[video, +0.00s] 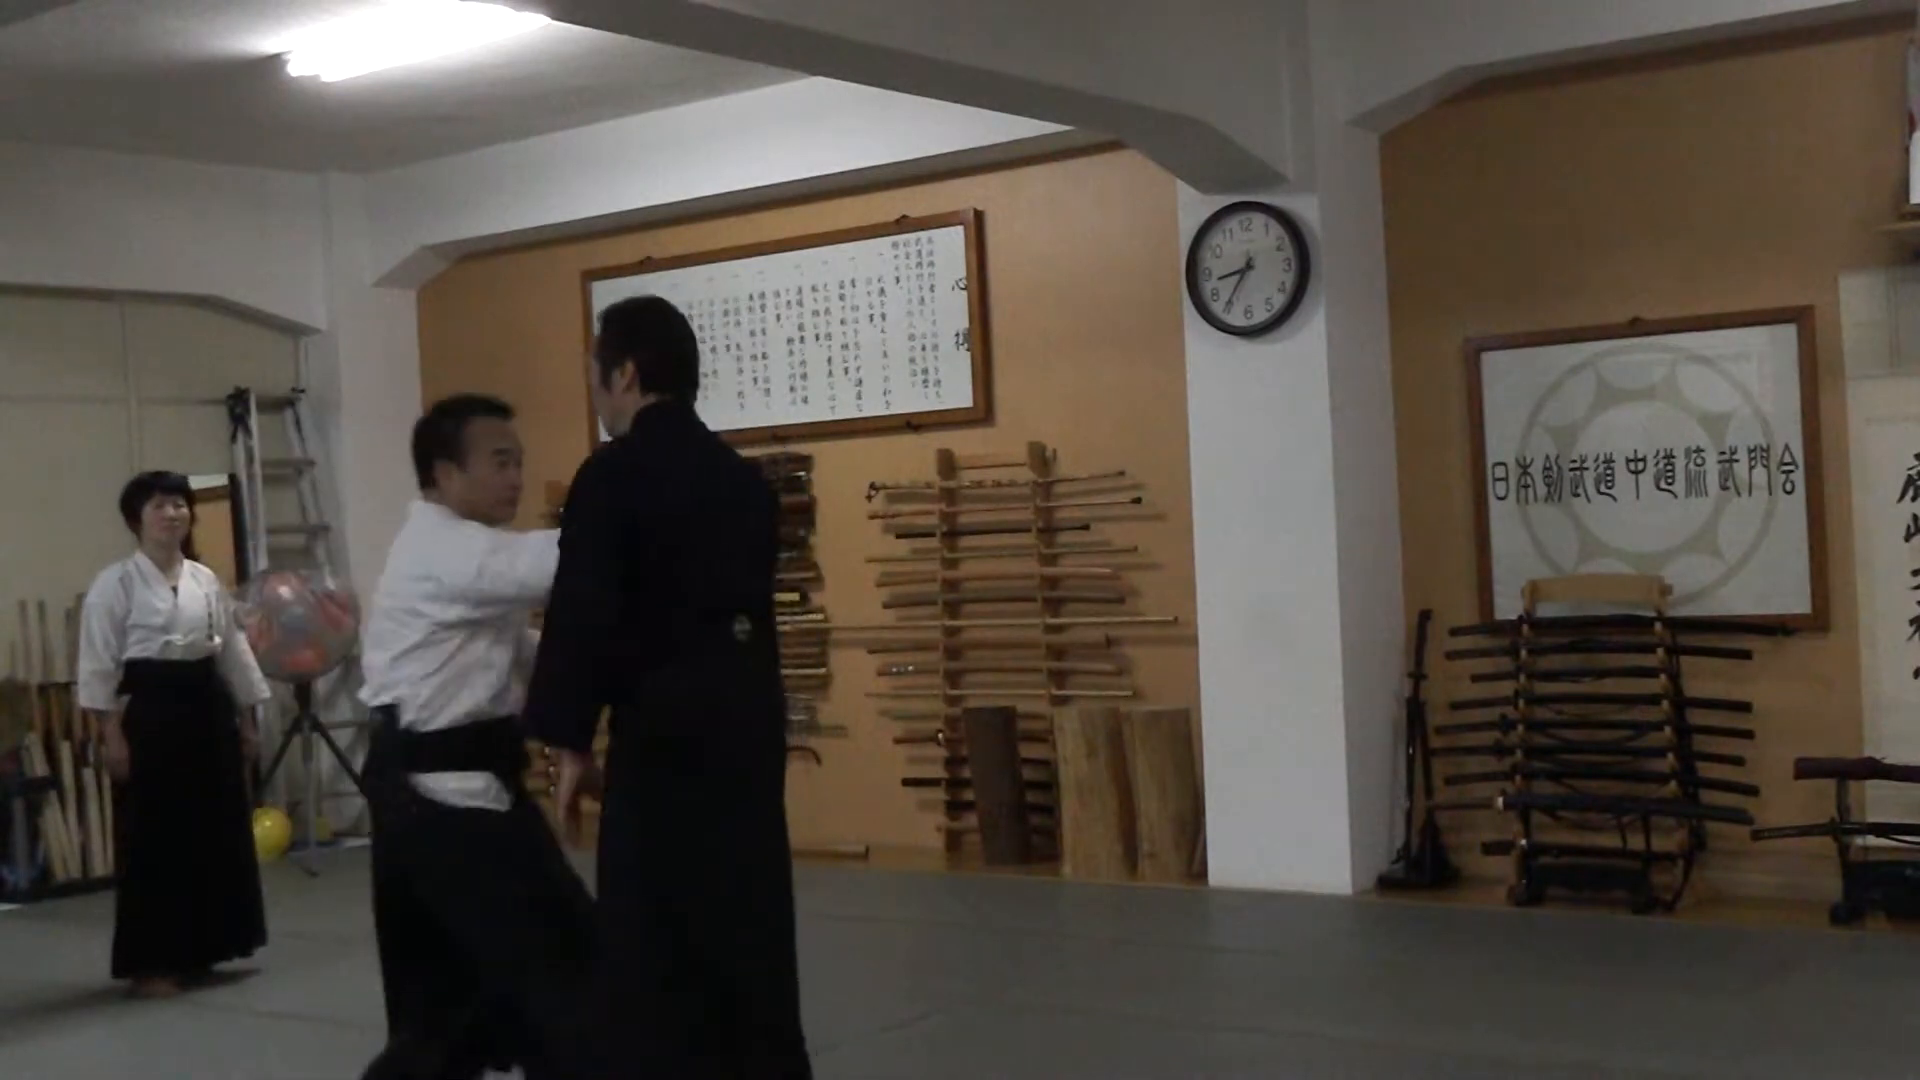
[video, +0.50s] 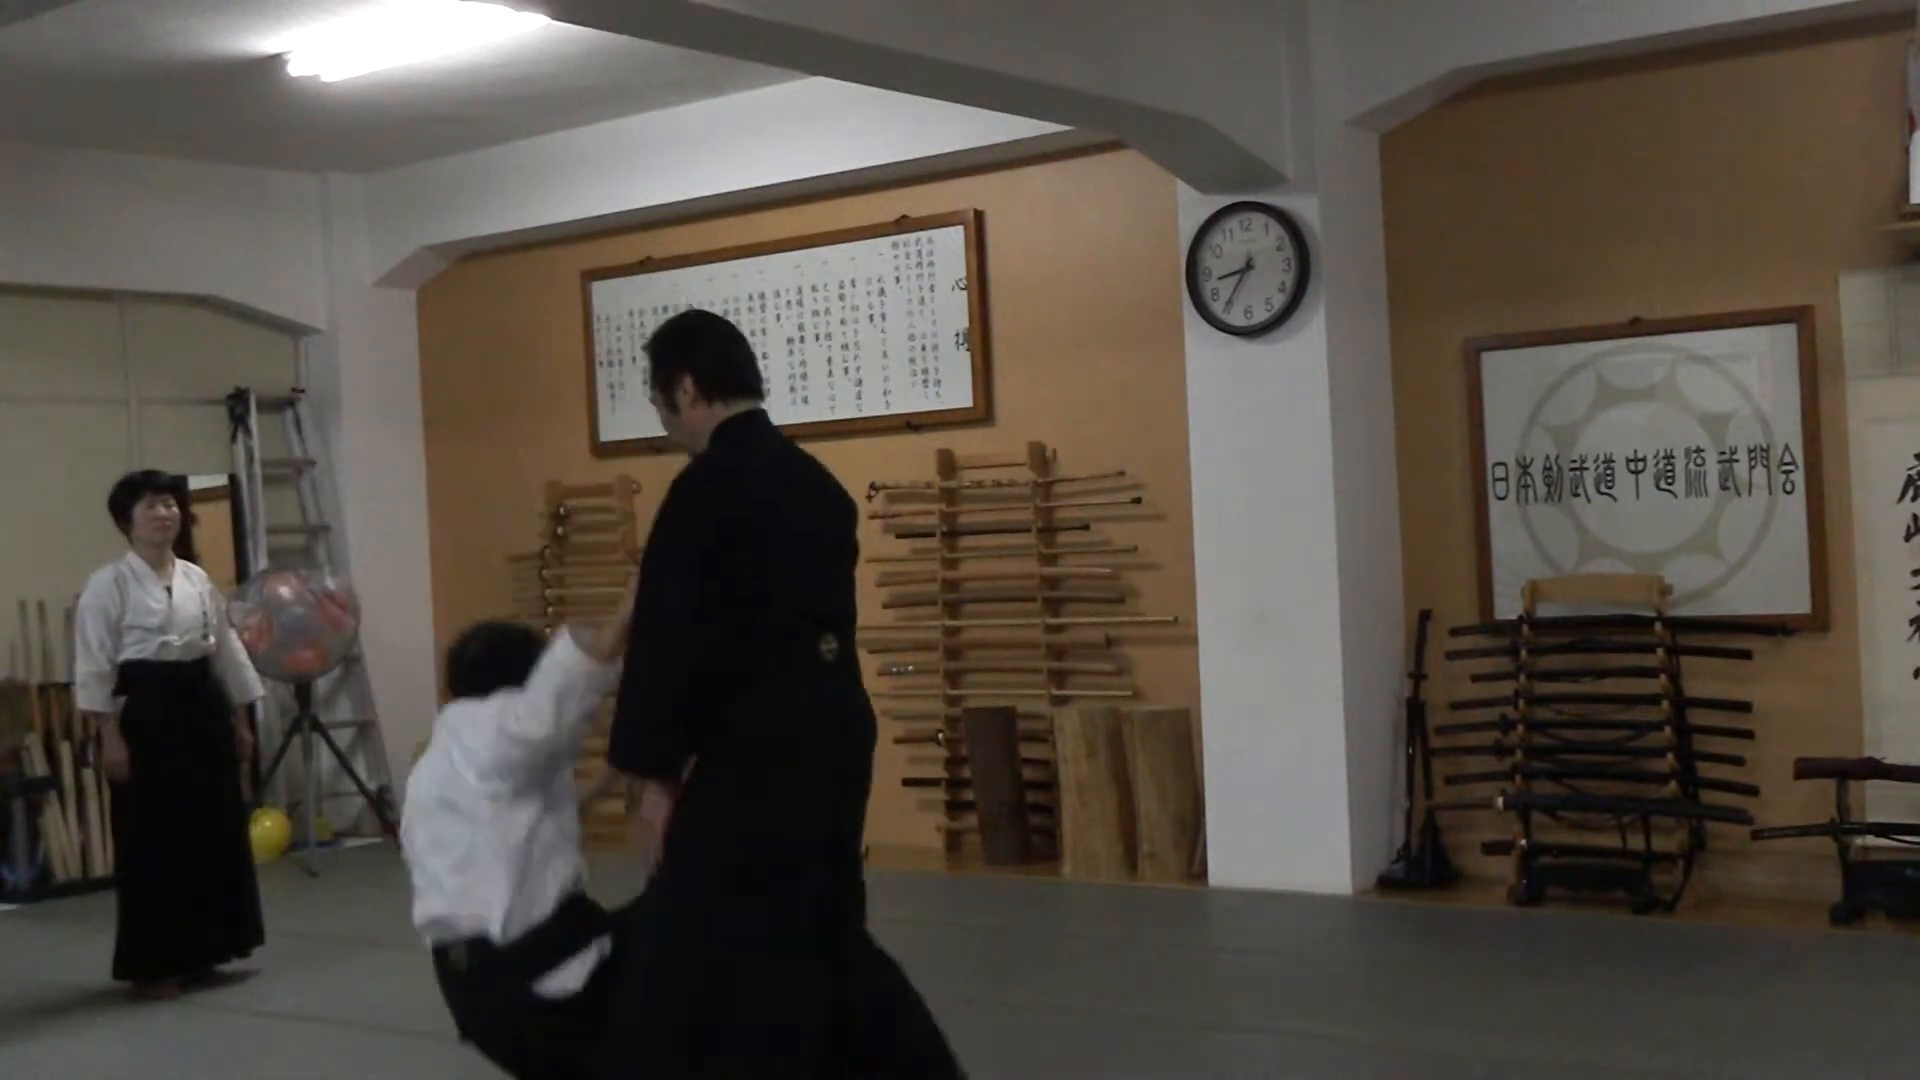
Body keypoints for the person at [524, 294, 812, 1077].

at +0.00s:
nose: (596, 389)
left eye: (599, 374)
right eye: (597, 374)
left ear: (629, 374)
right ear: (685, 375)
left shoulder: (612, 475)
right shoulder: (741, 473)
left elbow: (581, 614)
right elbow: (750, 611)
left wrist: (570, 737)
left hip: (657, 721)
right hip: (749, 712)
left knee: (650, 910)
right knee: (747, 903)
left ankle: (657, 1064)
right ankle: (761, 1063)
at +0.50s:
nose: (668, 425)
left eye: (665, 405)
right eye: (663, 408)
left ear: (689, 391)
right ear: (750, 384)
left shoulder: (703, 487)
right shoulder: (821, 484)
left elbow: (665, 633)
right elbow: (822, 634)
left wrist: (651, 771)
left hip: (744, 740)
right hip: (836, 727)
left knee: (699, 938)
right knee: (824, 933)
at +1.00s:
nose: (878, 427)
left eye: (877, 407)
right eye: (872, 411)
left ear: (919, 388)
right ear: (938, 384)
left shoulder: (963, 472)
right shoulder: (1003, 462)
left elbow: (956, 634)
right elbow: (1043, 605)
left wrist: (942, 780)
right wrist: (929, 590)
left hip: (1005, 754)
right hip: (1048, 742)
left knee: (937, 976)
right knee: (1035, 967)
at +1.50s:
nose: (1016, 375)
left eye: (1019, 353)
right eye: (1012, 356)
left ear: (1067, 343)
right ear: (1085, 340)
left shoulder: (1109, 439)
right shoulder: (1155, 425)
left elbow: (1109, 611)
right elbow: (1197, 590)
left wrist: (1107, 764)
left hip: (1165, 725)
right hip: (1210, 707)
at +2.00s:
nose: (1068, 354)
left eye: (1074, 332)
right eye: (1067, 333)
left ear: (1120, 330)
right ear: (1142, 329)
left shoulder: (1138, 437)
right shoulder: (1219, 426)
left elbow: (1101, 599)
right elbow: (1219, 599)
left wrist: (1077, 753)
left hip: (1170, 737)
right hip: (1238, 721)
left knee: (1166, 964)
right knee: (1243, 952)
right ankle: (1254, 1070)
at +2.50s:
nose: (1034, 362)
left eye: (1041, 343)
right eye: (1034, 344)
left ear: (1083, 341)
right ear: (1113, 344)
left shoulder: (1087, 448)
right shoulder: (1185, 444)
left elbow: (1061, 604)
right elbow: (1180, 605)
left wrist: (1040, 753)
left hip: (1112, 740)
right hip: (1191, 728)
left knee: (1109, 957)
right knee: (1200, 945)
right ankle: (1211, 1068)